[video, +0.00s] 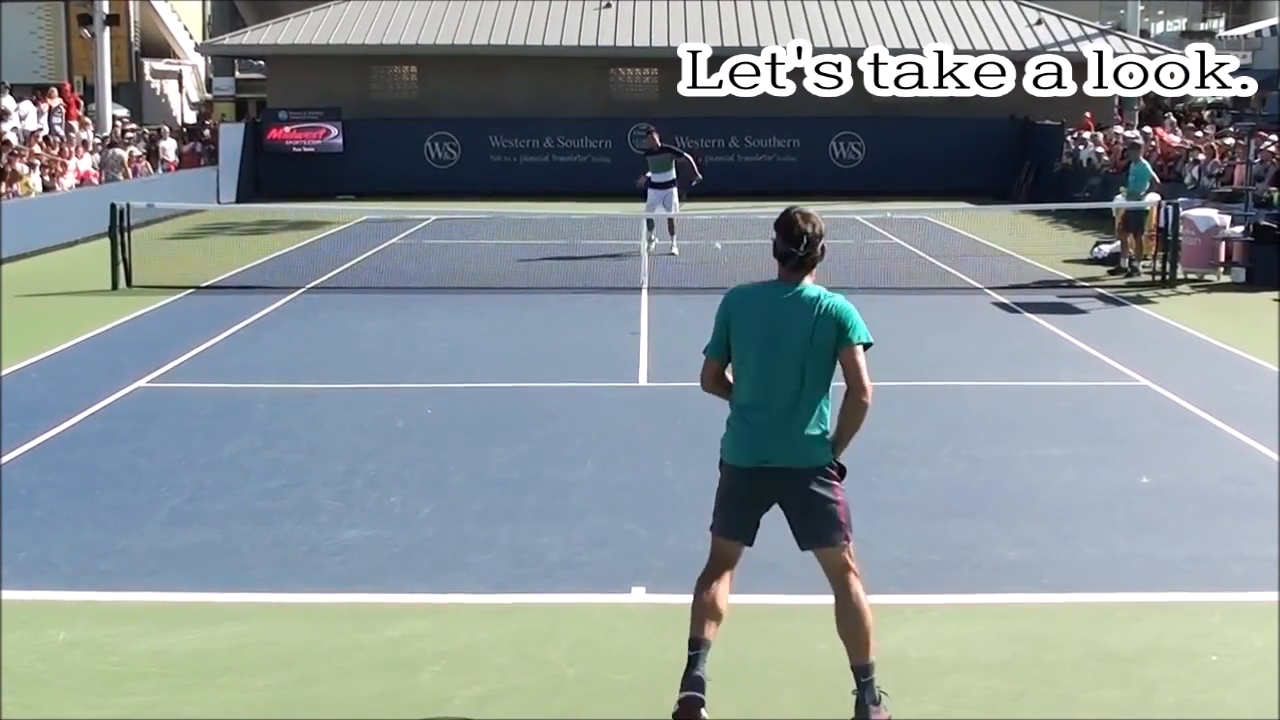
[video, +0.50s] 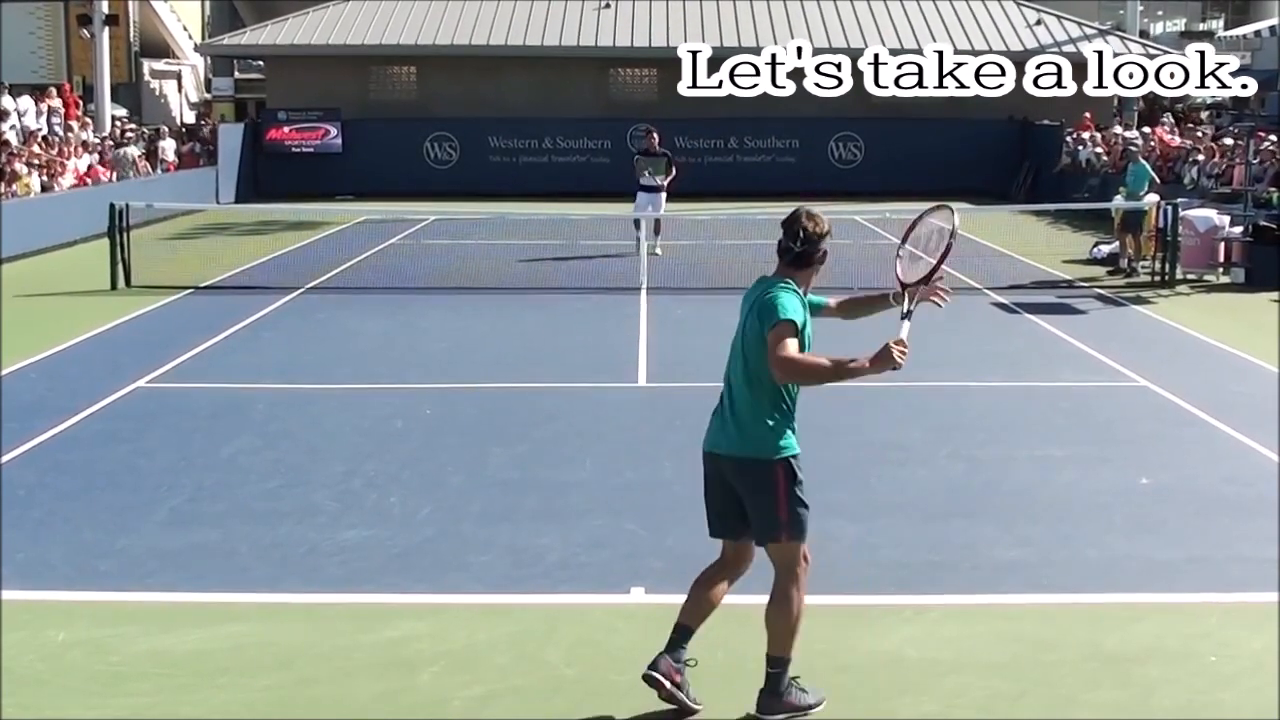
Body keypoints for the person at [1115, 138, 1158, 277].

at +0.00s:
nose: (1129, 154)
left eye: (1132, 151)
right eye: (1129, 151)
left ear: (1138, 152)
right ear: (1130, 152)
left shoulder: (1145, 166)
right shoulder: (1132, 165)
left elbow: (1156, 182)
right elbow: (1134, 182)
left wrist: (1144, 193)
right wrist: (1126, 191)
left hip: (1140, 206)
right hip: (1129, 204)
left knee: (1138, 236)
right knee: (1123, 234)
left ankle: (1137, 265)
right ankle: (1123, 263)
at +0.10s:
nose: (1128, 154)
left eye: (1130, 151)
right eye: (1128, 151)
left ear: (1137, 151)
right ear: (1130, 152)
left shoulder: (1145, 166)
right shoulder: (1131, 165)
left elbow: (1156, 182)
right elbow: (1133, 182)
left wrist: (1146, 194)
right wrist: (1126, 191)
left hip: (1140, 206)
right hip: (1129, 205)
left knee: (1137, 236)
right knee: (1122, 234)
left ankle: (1137, 265)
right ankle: (1123, 264)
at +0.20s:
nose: (1128, 155)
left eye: (1131, 152)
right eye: (1128, 152)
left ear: (1137, 153)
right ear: (1129, 153)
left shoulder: (1144, 166)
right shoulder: (1131, 165)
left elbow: (1156, 182)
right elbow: (1132, 183)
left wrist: (1144, 194)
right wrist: (1126, 191)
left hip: (1140, 206)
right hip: (1129, 204)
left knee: (1137, 236)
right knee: (1122, 234)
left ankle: (1136, 266)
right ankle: (1123, 264)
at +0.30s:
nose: (1129, 155)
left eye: (1131, 152)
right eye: (1128, 152)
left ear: (1138, 153)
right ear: (1128, 154)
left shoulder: (1144, 166)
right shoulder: (1131, 166)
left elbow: (1156, 182)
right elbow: (1133, 183)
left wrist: (1144, 195)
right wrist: (1126, 192)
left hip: (1140, 206)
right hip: (1129, 204)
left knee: (1137, 236)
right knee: (1122, 234)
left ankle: (1136, 266)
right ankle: (1123, 265)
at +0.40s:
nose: (1128, 154)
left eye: (1131, 151)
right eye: (1128, 152)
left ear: (1138, 152)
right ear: (1128, 153)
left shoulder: (1144, 166)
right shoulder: (1131, 166)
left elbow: (1156, 182)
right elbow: (1132, 183)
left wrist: (1144, 194)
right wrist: (1126, 191)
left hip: (1140, 206)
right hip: (1129, 204)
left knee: (1137, 236)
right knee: (1122, 234)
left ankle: (1136, 266)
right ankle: (1122, 265)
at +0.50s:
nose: (1128, 154)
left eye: (1131, 151)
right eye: (1128, 151)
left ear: (1138, 152)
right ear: (1128, 153)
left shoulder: (1144, 166)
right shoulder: (1130, 165)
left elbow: (1156, 182)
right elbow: (1131, 183)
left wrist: (1144, 194)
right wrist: (1125, 191)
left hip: (1138, 205)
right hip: (1128, 204)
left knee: (1136, 235)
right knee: (1121, 234)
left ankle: (1136, 266)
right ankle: (1122, 264)